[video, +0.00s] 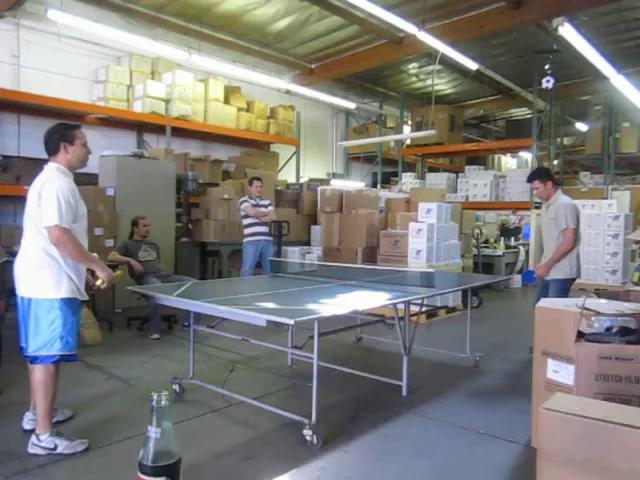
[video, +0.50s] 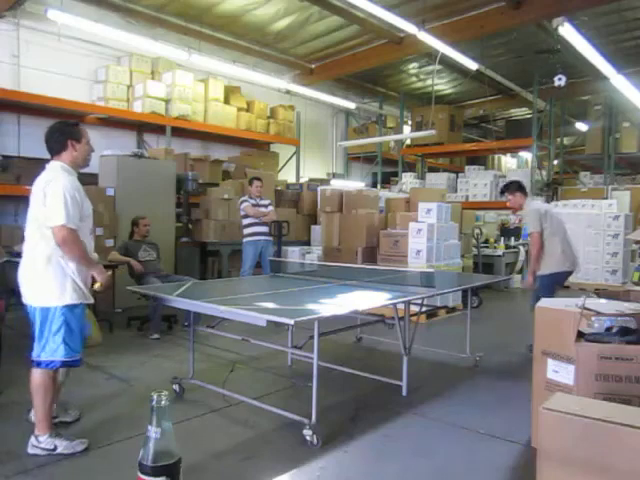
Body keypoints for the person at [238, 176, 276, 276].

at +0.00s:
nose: (259, 189)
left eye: (260, 187)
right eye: (256, 187)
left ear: (262, 188)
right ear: (250, 188)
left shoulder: (267, 202)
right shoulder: (244, 200)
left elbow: (273, 216)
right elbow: (251, 212)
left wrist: (259, 217)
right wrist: (266, 213)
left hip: (267, 239)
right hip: (251, 239)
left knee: (268, 270)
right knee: (247, 270)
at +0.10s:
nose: (259, 189)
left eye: (260, 187)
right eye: (256, 187)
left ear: (262, 188)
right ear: (250, 188)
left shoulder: (267, 202)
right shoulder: (244, 200)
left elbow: (273, 216)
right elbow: (251, 212)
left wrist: (259, 217)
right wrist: (266, 213)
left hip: (267, 239)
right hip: (251, 239)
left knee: (268, 270)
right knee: (247, 270)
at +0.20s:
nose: (259, 189)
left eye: (260, 187)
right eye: (256, 187)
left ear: (262, 188)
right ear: (250, 188)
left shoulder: (267, 202)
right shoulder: (244, 200)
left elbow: (273, 216)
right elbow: (251, 212)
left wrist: (259, 217)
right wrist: (266, 213)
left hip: (267, 239)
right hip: (251, 239)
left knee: (268, 270)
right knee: (247, 270)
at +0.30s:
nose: (259, 189)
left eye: (260, 187)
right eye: (256, 187)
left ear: (262, 188)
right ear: (250, 188)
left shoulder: (267, 202)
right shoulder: (244, 200)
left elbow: (273, 216)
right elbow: (251, 212)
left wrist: (259, 217)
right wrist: (266, 213)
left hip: (267, 239)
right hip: (251, 239)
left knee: (268, 270)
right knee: (247, 270)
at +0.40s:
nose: (259, 189)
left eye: (260, 187)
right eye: (256, 187)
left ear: (262, 188)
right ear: (250, 188)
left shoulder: (267, 202)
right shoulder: (244, 200)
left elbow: (273, 216)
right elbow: (251, 212)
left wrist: (259, 217)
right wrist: (266, 213)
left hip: (267, 239)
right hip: (251, 239)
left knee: (268, 270)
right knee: (247, 270)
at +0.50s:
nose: (259, 189)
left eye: (260, 187)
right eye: (256, 187)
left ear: (262, 188)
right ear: (250, 188)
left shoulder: (267, 201)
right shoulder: (244, 200)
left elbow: (273, 216)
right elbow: (251, 212)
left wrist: (259, 217)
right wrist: (266, 213)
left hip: (267, 239)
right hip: (251, 239)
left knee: (268, 269)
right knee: (247, 270)